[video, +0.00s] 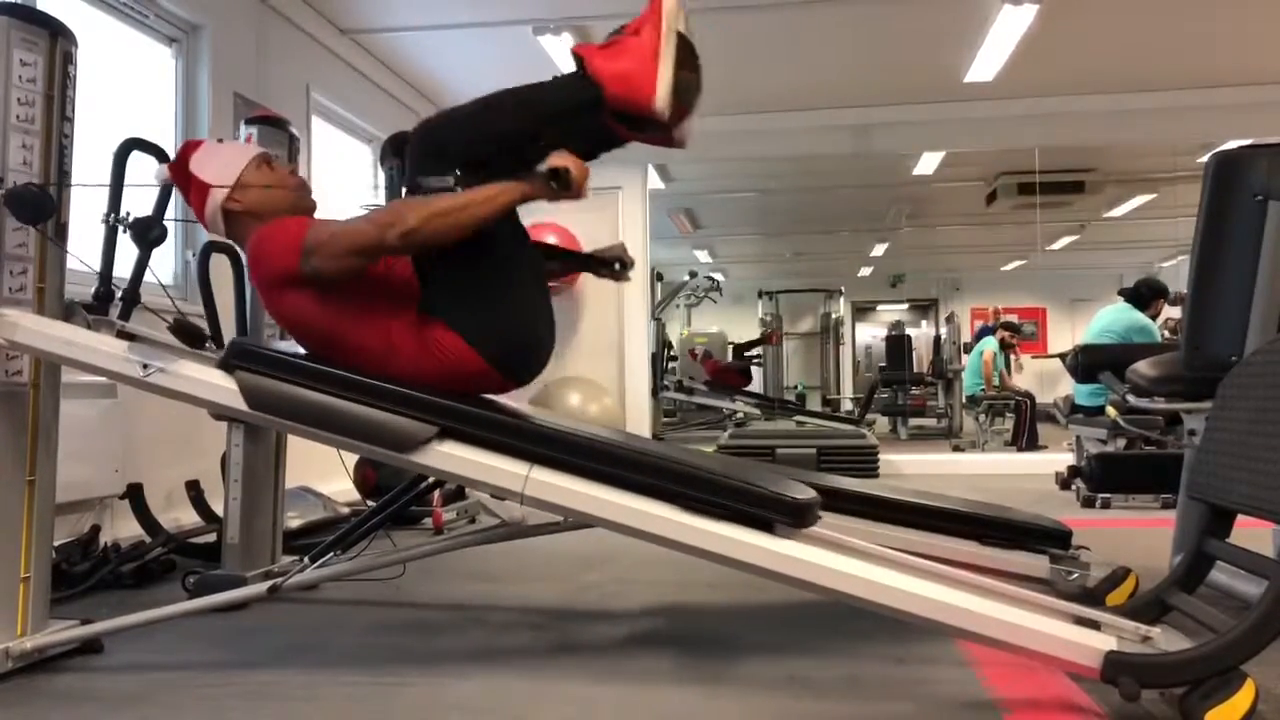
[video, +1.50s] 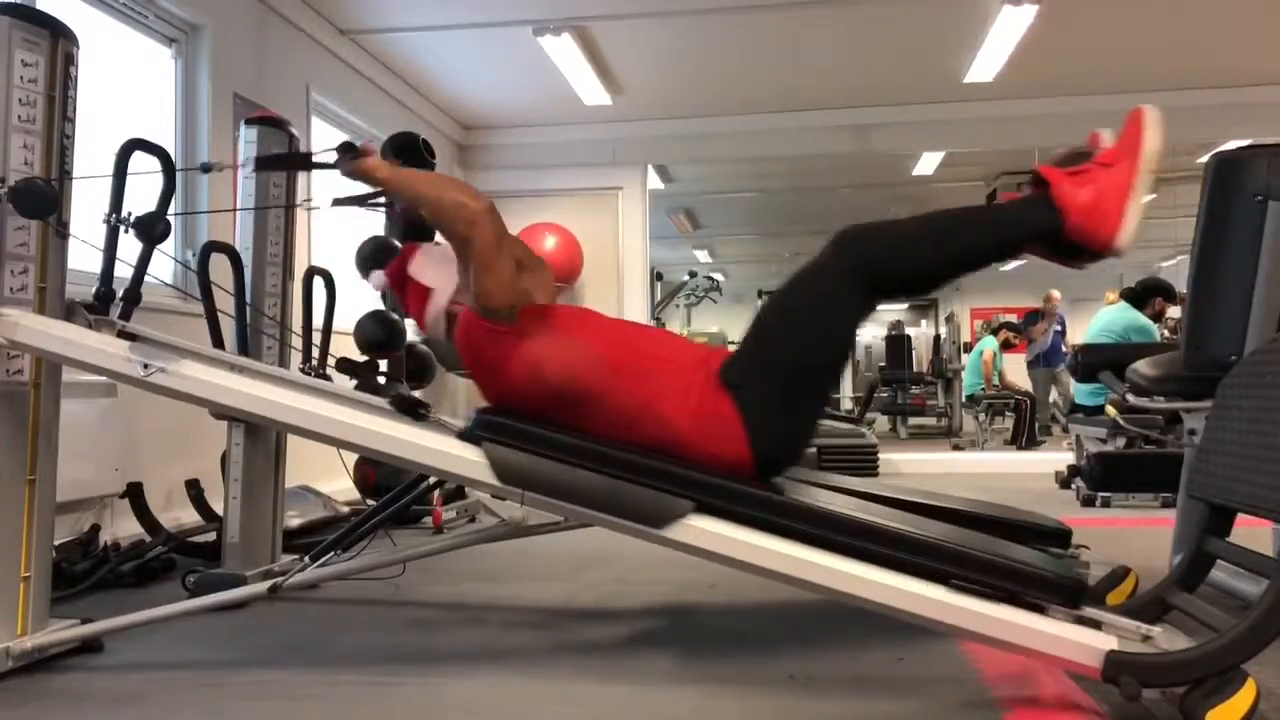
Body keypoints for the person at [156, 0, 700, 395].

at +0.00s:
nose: (295, 172)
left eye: (281, 162)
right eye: (271, 166)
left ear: (238, 204)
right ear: (236, 200)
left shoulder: (284, 258)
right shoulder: (273, 245)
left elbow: (413, 265)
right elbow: (397, 230)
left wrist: (538, 269)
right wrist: (531, 184)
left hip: (490, 341)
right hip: (484, 337)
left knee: (424, 157)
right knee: (421, 150)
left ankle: (629, 119)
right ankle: (612, 81)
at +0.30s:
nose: (302, 170)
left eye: (289, 162)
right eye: (280, 166)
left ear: (257, 201)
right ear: (248, 203)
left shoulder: (314, 257)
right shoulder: (281, 252)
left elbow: (446, 269)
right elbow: (399, 212)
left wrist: (584, 244)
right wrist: (516, 159)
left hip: (507, 346)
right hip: (493, 351)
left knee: (493, 153)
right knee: (484, 147)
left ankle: (681, 115)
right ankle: (674, 99)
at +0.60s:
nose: (359, 200)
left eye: (348, 193)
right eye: (340, 202)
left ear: (344, 220)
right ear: (319, 235)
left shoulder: (404, 281)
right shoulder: (356, 279)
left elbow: (512, 227)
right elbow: (425, 172)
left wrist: (541, 127)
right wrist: (463, 53)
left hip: (579, 357)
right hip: (577, 377)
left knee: (669, 206)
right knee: (667, 205)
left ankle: (865, 174)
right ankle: (868, 170)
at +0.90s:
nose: (429, 242)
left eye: (417, 239)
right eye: (416, 240)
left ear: (421, 273)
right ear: (411, 268)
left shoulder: (488, 315)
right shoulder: (465, 310)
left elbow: (538, 244)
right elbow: (464, 198)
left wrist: (452, 163)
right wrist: (401, 129)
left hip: (706, 400)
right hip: (710, 415)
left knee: (822, 249)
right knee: (821, 248)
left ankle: (1028, 204)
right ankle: (1035, 206)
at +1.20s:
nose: (539, 273)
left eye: (528, 268)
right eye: (522, 268)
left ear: (481, 314)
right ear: (502, 297)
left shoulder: (543, 348)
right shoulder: (525, 341)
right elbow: (440, 246)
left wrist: (365, 228)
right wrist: (347, 217)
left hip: (780, 422)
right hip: (795, 439)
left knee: (905, 269)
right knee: (908, 274)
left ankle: (1110, 207)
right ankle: (1122, 214)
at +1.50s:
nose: (479, 252)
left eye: (441, 248)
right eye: (452, 249)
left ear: (424, 293)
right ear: (440, 274)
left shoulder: (500, 326)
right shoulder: (491, 324)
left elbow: (559, 248)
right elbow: (470, 214)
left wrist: (452, 240)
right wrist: (395, 176)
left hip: (731, 411)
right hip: (739, 428)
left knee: (851, 255)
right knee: (850, 258)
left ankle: (1055, 207)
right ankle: (1064, 211)